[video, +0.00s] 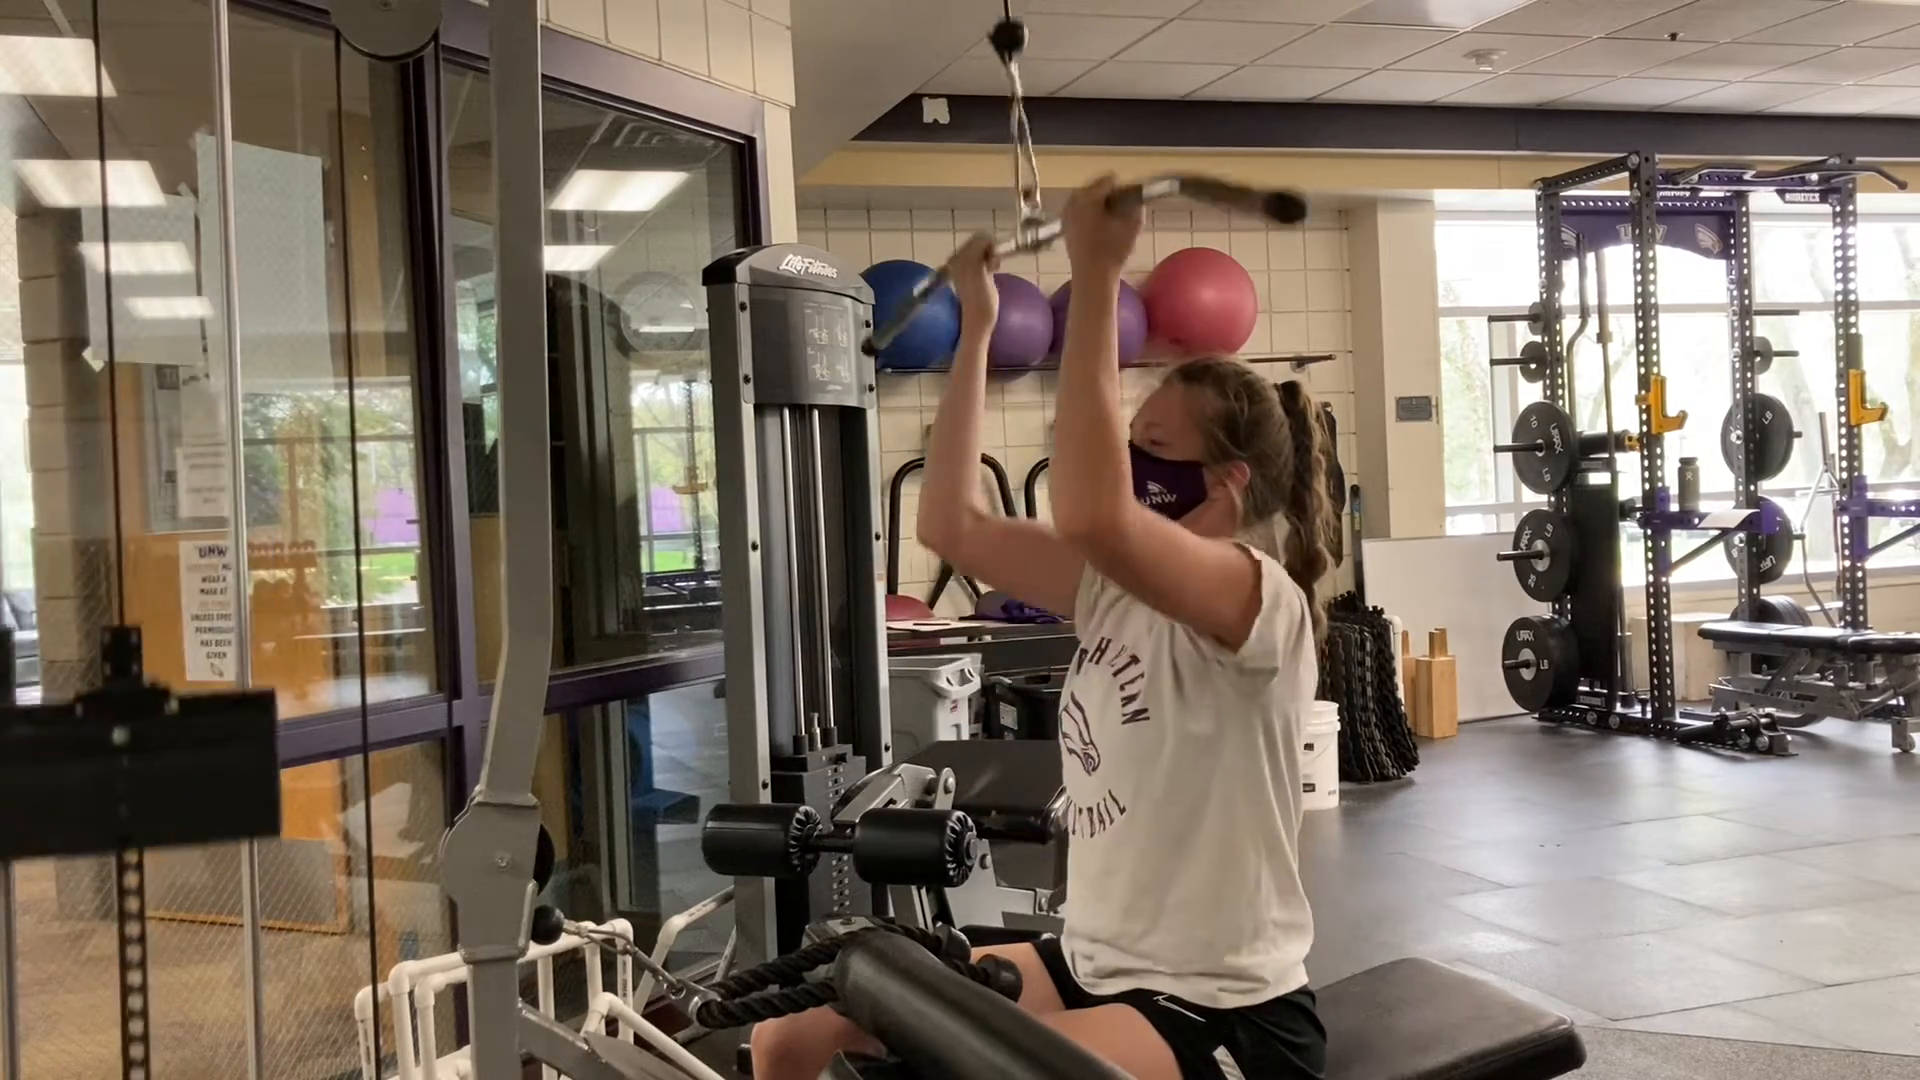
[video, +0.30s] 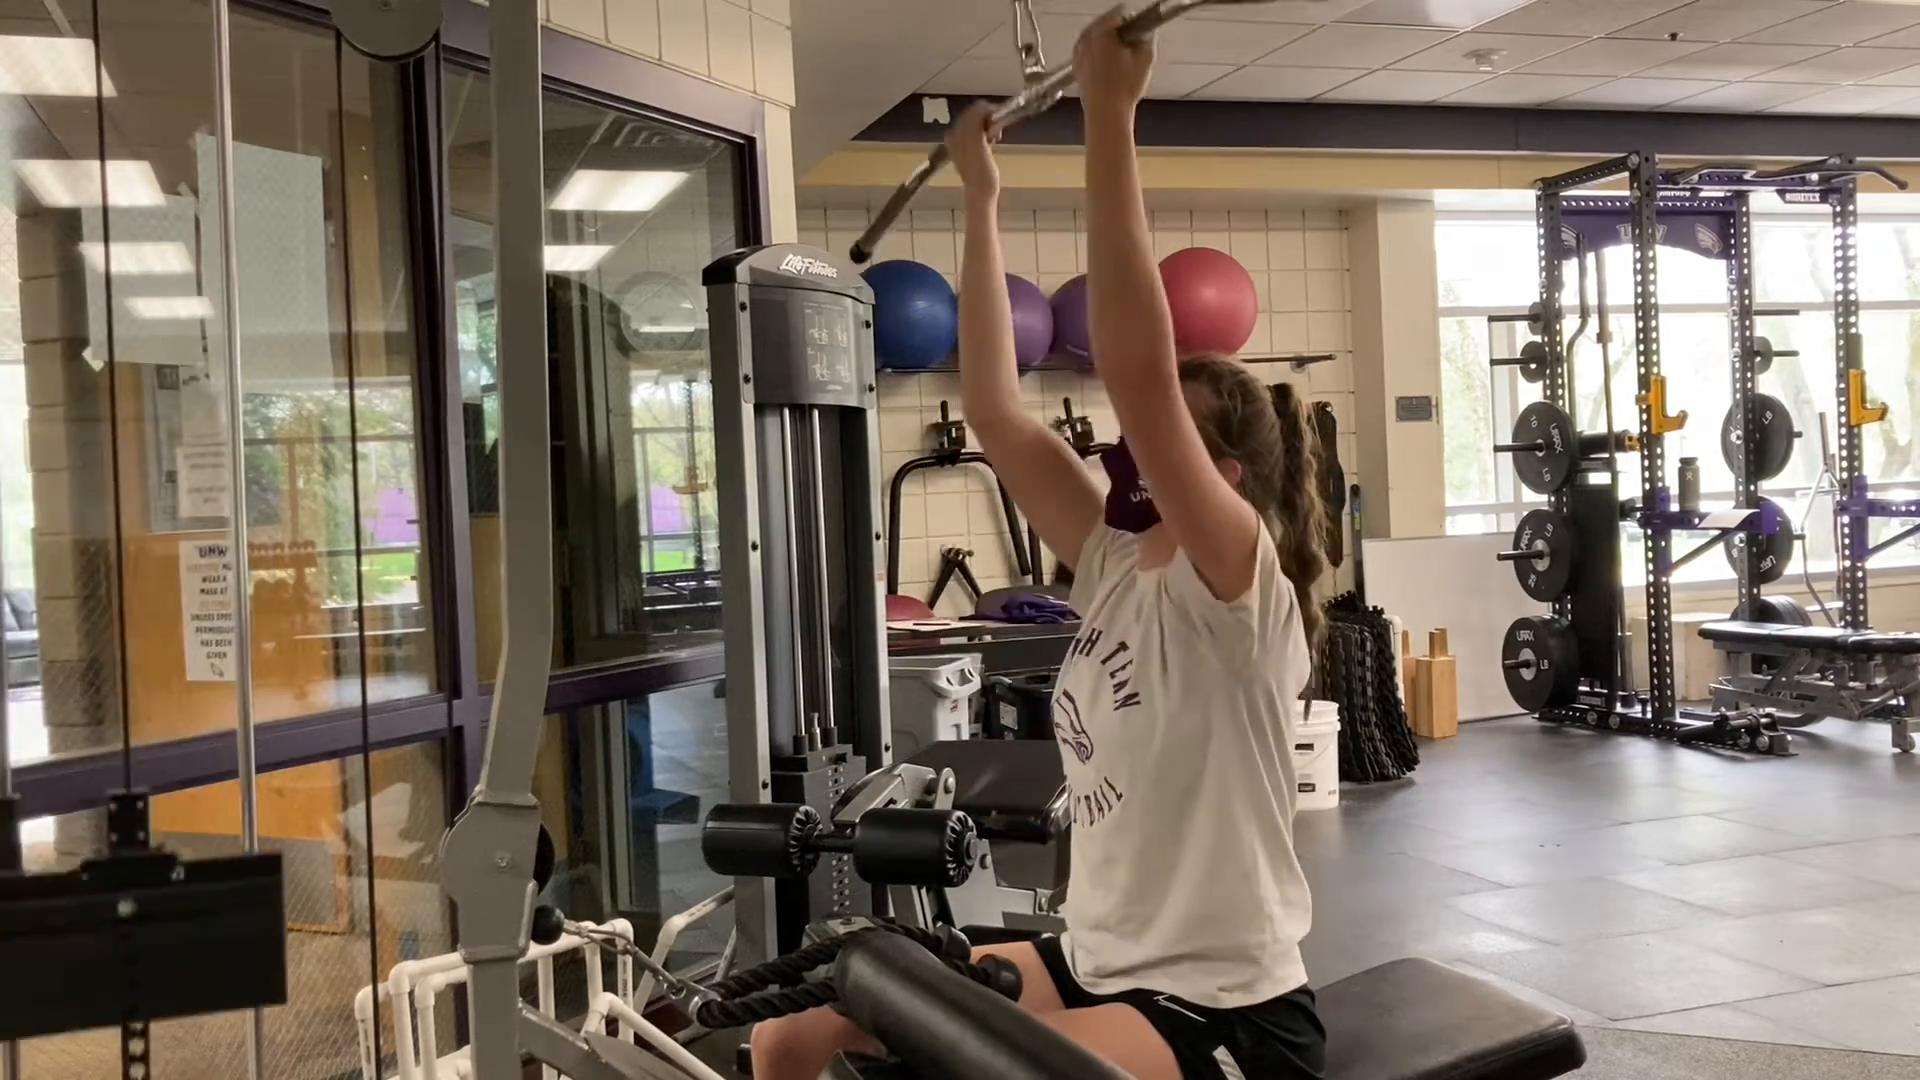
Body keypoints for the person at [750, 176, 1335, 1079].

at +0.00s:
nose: (1129, 474)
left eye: (1157, 460)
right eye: (1129, 450)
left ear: (1234, 484)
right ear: (1118, 442)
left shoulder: (1257, 600)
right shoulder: (1107, 576)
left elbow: (1093, 516)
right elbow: (951, 526)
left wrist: (1094, 275)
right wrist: (976, 330)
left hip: (1224, 1012)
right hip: (1091, 966)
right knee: (791, 1036)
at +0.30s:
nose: (1125, 449)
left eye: (1153, 425)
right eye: (1127, 428)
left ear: (1222, 455)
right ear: (1140, 443)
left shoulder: (1245, 582)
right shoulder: (1107, 561)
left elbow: (1143, 377)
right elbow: (996, 412)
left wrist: (1108, 112)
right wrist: (980, 191)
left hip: (1224, 1007)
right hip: (1093, 967)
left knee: (979, 1074)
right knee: (791, 1042)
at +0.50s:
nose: (1133, 433)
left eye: (1166, 409)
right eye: (1139, 412)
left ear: (1221, 451)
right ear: (1146, 438)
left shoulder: (1236, 584)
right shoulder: (1104, 552)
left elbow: (1150, 354)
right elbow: (1016, 361)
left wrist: (1109, 80)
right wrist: (977, 151)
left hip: (1224, 1009)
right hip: (1099, 968)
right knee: (794, 1038)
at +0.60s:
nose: (1131, 432)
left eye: (1164, 408)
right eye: (1137, 413)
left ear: (1217, 446)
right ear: (1140, 436)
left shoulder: (1231, 580)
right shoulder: (1109, 550)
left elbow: (1151, 340)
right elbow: (1027, 345)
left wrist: (1109, 60)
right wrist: (976, 137)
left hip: (1224, 1012)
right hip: (1102, 970)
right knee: (795, 1035)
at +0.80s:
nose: (1130, 432)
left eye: (1163, 407)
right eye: (1134, 412)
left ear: (1219, 445)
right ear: (1140, 437)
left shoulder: (1230, 580)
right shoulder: (1110, 549)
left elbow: (1150, 339)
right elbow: (1031, 335)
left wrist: (1106, 57)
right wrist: (981, 129)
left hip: (1221, 1012)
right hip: (1100, 972)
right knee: (794, 1037)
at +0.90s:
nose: (1125, 439)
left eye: (1155, 415)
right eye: (1130, 419)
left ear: (1217, 450)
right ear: (1141, 441)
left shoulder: (1234, 574)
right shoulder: (1110, 542)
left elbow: (1139, 355)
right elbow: (1019, 364)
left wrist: (1099, 83)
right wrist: (987, 150)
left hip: (1221, 1009)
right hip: (1097, 969)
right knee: (793, 1041)